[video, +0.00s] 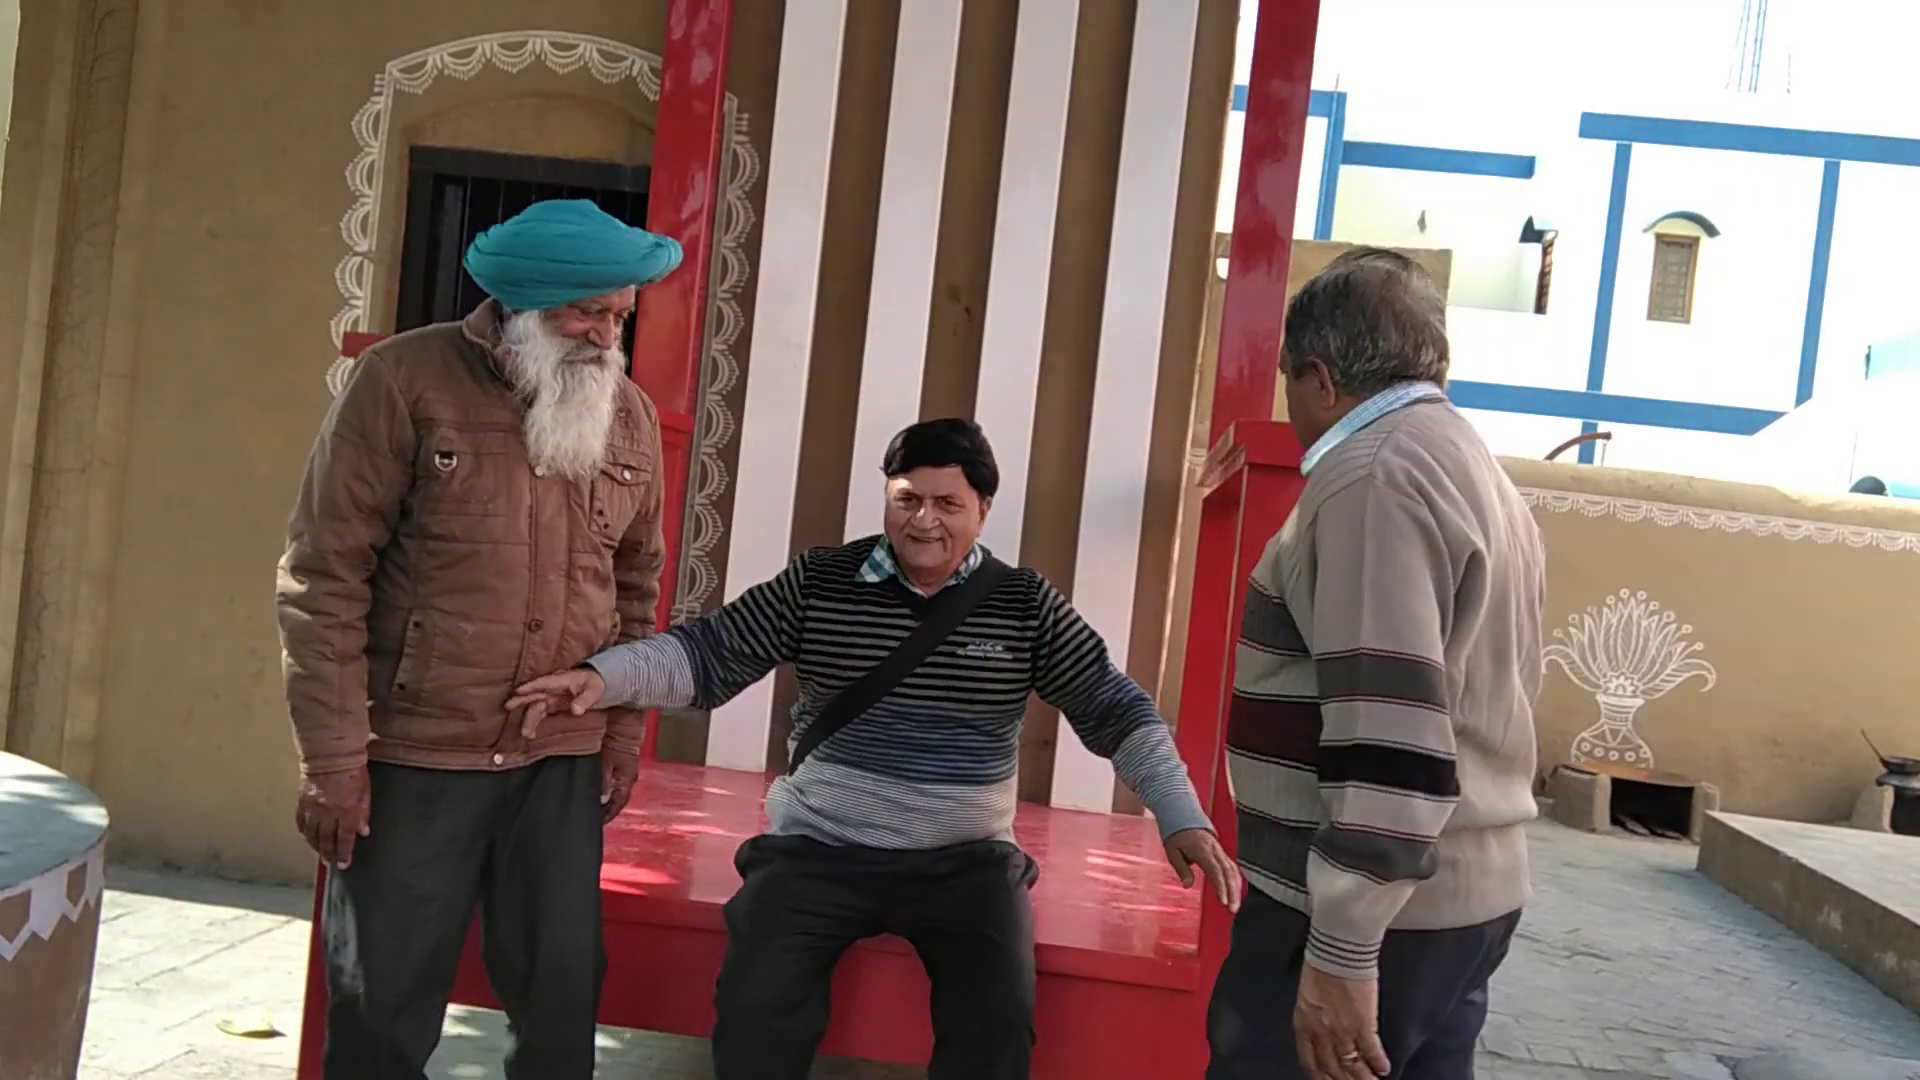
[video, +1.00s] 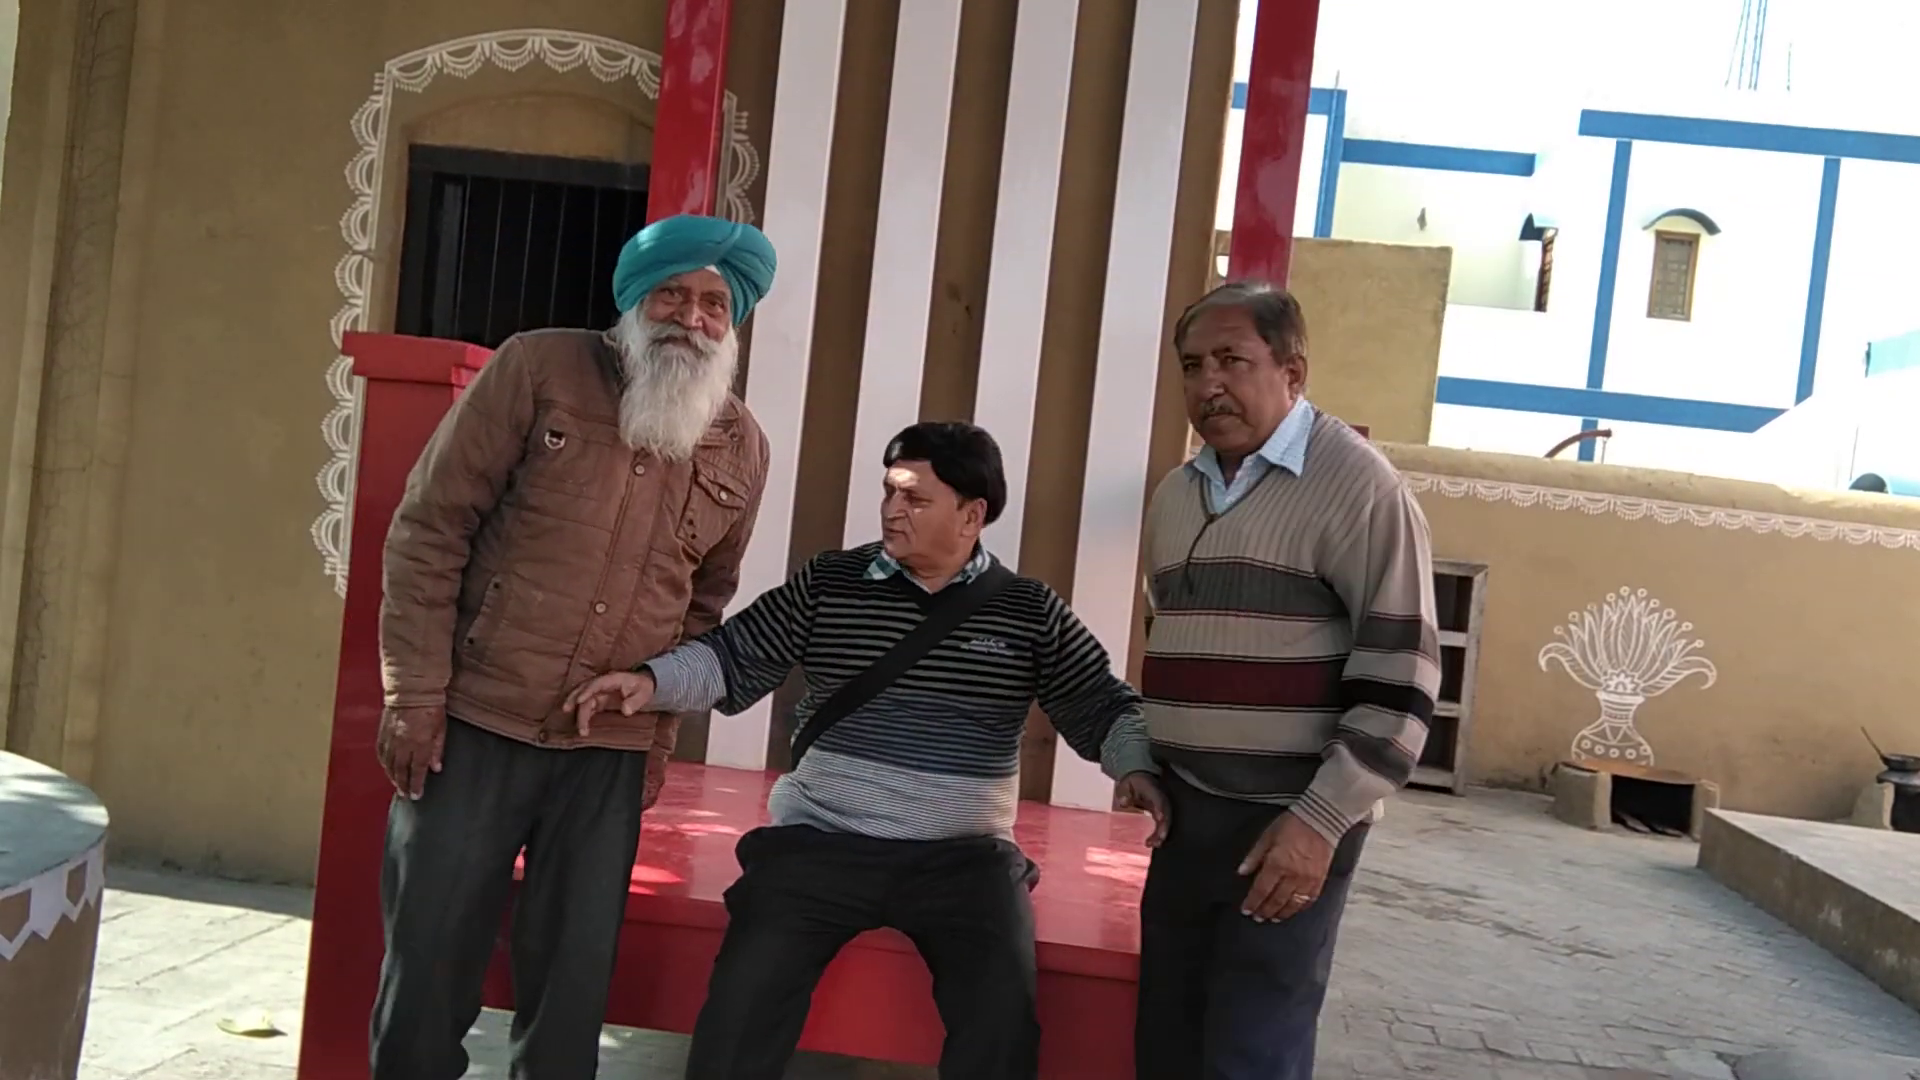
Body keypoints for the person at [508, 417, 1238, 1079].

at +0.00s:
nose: (920, 518)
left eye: (943, 503)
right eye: (906, 499)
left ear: (982, 512)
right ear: (884, 500)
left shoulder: (1025, 608)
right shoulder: (820, 582)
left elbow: (1120, 715)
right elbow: (708, 651)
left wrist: (1182, 819)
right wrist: (601, 679)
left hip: (967, 850)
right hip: (817, 837)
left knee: (996, 1014)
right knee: (758, 1004)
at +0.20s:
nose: (928, 511)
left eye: (951, 497)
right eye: (914, 492)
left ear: (984, 509)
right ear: (889, 494)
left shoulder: (1025, 603)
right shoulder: (825, 580)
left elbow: (1115, 708)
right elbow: (718, 649)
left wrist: (1167, 813)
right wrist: (615, 681)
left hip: (965, 848)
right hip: (819, 835)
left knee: (997, 1003)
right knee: (756, 990)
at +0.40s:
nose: (930, 511)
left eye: (953, 496)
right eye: (915, 491)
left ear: (989, 509)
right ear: (893, 495)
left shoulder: (1027, 605)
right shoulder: (828, 581)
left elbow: (1116, 715)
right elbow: (725, 653)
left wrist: (1148, 833)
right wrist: (627, 684)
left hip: (963, 848)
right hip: (819, 836)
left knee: (995, 998)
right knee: (756, 988)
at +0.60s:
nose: (932, 511)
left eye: (955, 496)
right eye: (918, 492)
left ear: (992, 510)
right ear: (897, 496)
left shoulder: (1029, 608)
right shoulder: (832, 583)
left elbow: (1111, 708)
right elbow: (732, 657)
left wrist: (1156, 788)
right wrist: (636, 685)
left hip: (964, 851)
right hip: (819, 838)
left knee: (998, 1006)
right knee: (755, 994)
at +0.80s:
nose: (928, 512)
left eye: (950, 497)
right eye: (914, 494)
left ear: (992, 510)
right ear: (896, 501)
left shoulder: (1032, 610)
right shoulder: (831, 586)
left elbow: (1116, 708)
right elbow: (735, 657)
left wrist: (1179, 774)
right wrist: (643, 685)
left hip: (962, 850)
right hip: (816, 837)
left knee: (1002, 1009)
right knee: (750, 996)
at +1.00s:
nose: (893, 509)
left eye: (916, 497)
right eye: (890, 493)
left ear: (974, 516)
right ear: (881, 499)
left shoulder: (1028, 611)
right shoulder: (829, 587)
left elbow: (1101, 703)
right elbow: (734, 653)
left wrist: (1135, 766)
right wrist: (648, 684)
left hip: (960, 849)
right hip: (815, 836)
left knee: (1003, 1003)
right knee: (743, 1001)